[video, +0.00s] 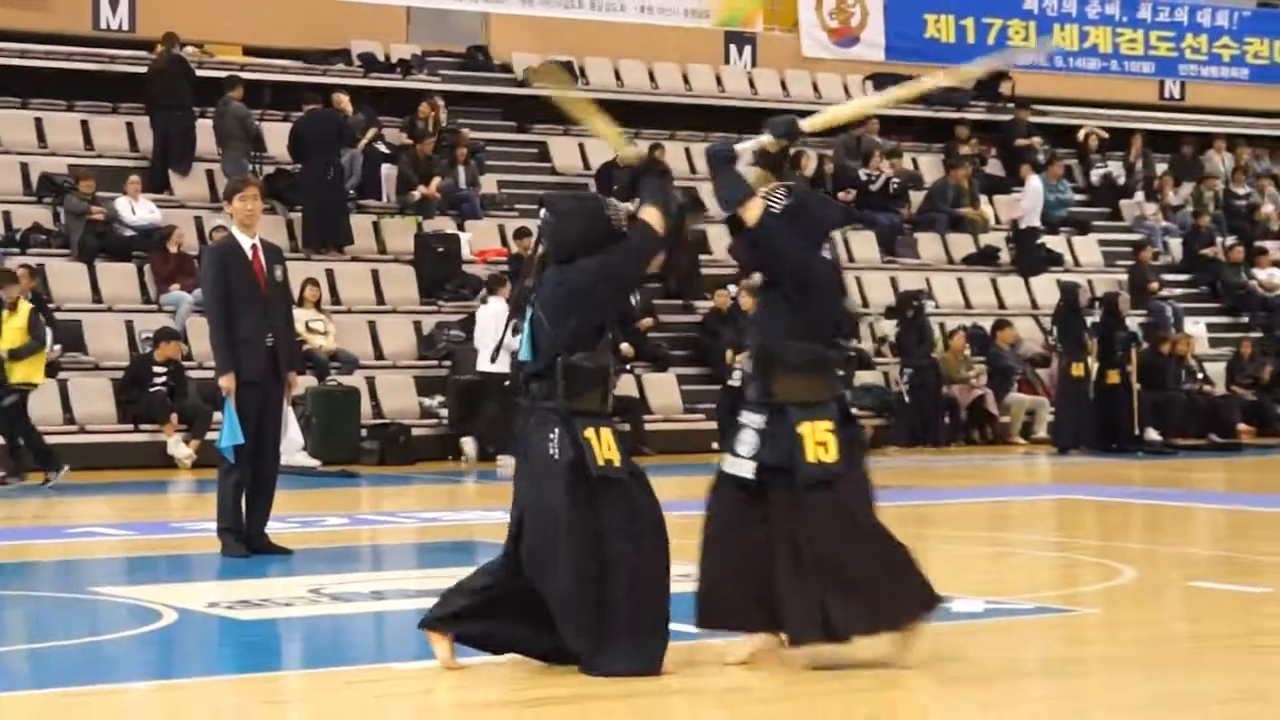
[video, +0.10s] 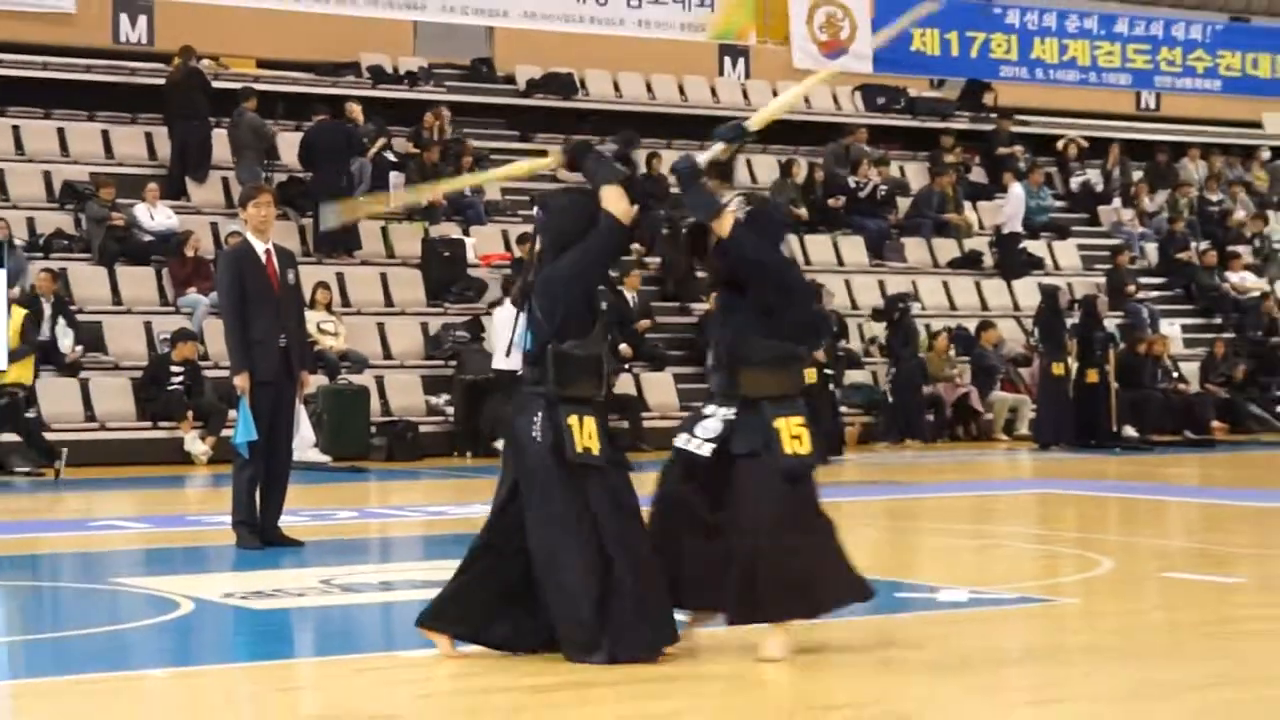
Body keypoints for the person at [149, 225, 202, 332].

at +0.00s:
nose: (180, 240)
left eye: (181, 237)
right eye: (177, 236)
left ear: (182, 239)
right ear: (168, 239)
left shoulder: (186, 257)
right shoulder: (157, 257)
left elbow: (194, 280)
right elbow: (162, 276)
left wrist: (181, 285)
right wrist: (172, 255)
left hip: (188, 291)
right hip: (166, 292)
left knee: (206, 295)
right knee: (187, 300)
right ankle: (176, 336)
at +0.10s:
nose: (198, 243)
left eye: (198, 240)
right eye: (195, 240)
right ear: (186, 242)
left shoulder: (202, 261)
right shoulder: (175, 261)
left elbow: (211, 283)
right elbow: (179, 279)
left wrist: (197, 289)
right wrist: (189, 258)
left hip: (205, 293)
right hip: (184, 294)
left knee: (224, 299)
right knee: (204, 303)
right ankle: (193, 337)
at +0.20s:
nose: (209, 247)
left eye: (209, 244)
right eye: (206, 244)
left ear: (208, 247)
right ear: (197, 246)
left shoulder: (213, 264)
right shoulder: (186, 264)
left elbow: (221, 286)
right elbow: (191, 280)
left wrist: (207, 290)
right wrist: (201, 261)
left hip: (216, 295)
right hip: (194, 296)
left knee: (233, 301)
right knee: (214, 304)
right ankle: (204, 338)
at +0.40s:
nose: (220, 249)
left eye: (221, 246)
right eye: (217, 246)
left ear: (222, 248)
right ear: (209, 248)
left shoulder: (226, 265)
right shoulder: (201, 265)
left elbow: (234, 286)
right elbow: (205, 282)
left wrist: (221, 291)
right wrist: (213, 263)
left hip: (228, 295)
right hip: (209, 296)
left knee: (245, 301)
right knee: (227, 304)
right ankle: (218, 337)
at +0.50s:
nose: (227, 250)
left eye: (228, 247)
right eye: (224, 247)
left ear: (231, 249)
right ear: (217, 249)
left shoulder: (235, 267)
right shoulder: (210, 266)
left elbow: (242, 288)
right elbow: (214, 282)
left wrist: (230, 292)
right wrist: (223, 264)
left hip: (237, 297)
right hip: (217, 298)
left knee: (254, 302)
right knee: (236, 305)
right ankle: (226, 336)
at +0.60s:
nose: (234, 255)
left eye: (237, 252)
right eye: (232, 252)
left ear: (242, 254)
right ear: (228, 254)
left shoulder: (248, 270)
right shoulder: (223, 270)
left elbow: (254, 290)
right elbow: (227, 283)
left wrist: (243, 294)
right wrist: (228, 264)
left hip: (250, 299)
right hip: (230, 300)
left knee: (266, 305)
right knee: (248, 307)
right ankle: (239, 337)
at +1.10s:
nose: (240, 258)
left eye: (244, 256)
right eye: (240, 255)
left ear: (251, 260)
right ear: (238, 258)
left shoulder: (256, 274)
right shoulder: (235, 272)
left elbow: (259, 290)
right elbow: (235, 286)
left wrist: (253, 298)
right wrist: (236, 267)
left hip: (255, 302)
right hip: (239, 304)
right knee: (255, 309)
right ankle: (250, 337)